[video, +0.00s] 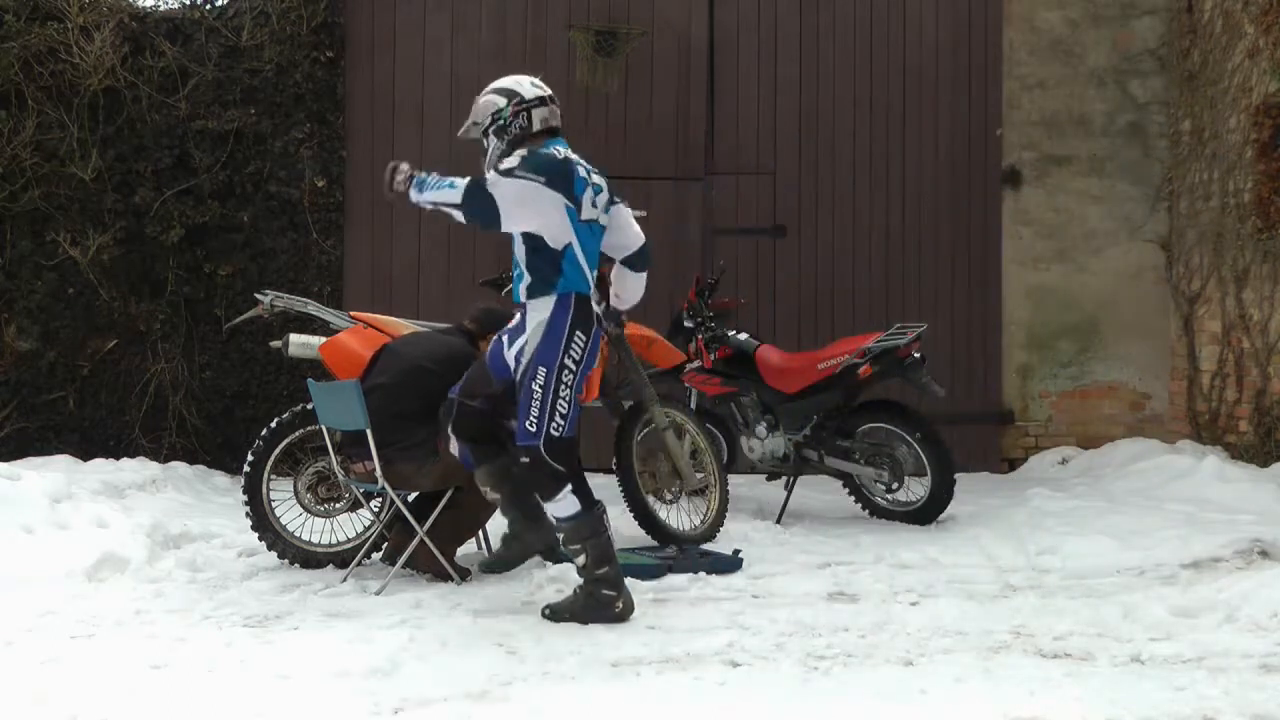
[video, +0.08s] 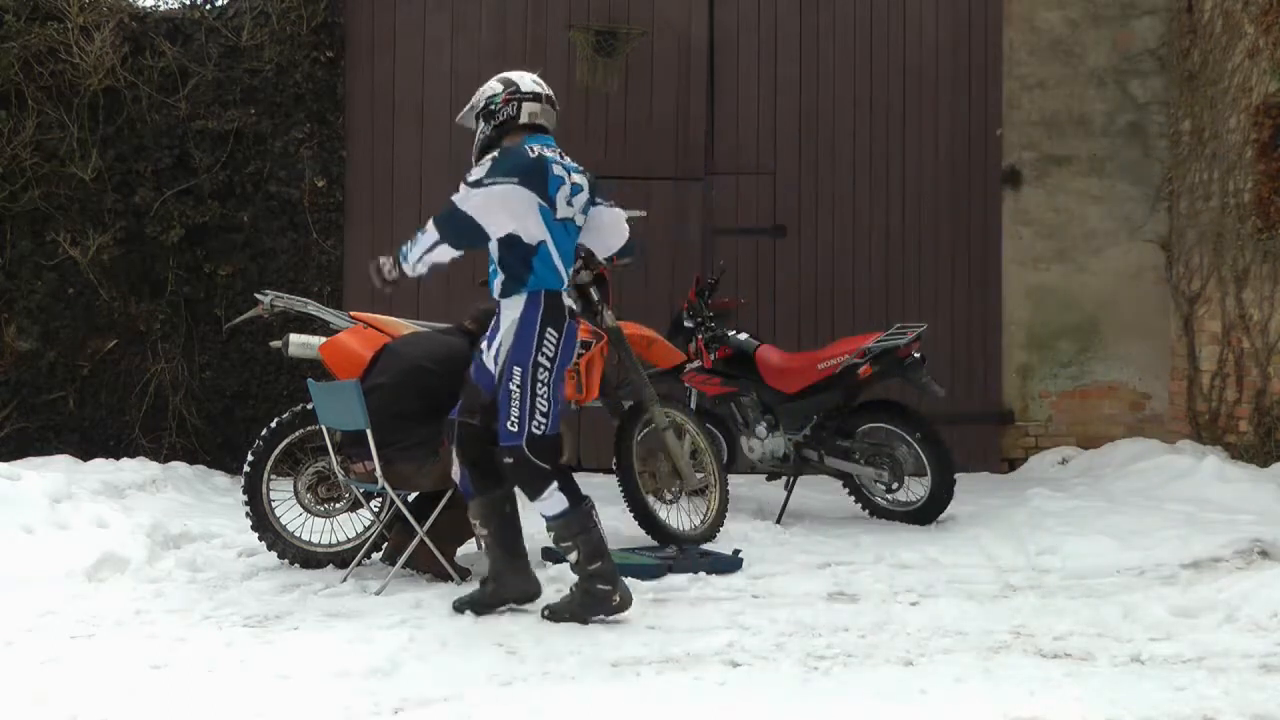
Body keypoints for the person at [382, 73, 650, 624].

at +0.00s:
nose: (486, 144)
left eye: (489, 132)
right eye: (484, 134)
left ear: (511, 125)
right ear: (542, 122)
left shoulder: (534, 166)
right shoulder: (578, 170)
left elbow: (480, 199)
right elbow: (632, 244)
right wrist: (619, 304)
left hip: (564, 317)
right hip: (543, 316)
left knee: (541, 450)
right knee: (467, 410)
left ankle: (604, 586)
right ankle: (527, 526)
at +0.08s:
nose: (477, 132)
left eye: (481, 121)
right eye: (478, 122)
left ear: (498, 116)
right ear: (540, 117)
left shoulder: (506, 165)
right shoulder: (566, 168)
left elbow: (451, 229)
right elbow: (612, 232)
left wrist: (400, 262)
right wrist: (593, 258)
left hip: (536, 316)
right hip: (524, 315)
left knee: (525, 451)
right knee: (472, 433)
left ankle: (600, 580)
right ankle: (508, 572)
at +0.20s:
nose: (461, 137)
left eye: (466, 126)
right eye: (463, 127)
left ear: (482, 122)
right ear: (523, 130)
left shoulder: (496, 173)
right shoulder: (544, 179)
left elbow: (485, 260)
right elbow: (573, 232)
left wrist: (455, 341)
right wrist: (567, 175)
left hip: (507, 326)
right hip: (530, 325)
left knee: (439, 447)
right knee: (478, 446)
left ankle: (548, 533)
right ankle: (509, 578)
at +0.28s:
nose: (443, 148)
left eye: (444, 136)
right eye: (445, 138)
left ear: (457, 126)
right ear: (501, 128)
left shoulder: (490, 174)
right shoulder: (519, 171)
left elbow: (502, 258)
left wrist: (477, 335)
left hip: (486, 331)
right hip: (513, 332)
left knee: (392, 424)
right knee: (477, 442)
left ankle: (490, 502)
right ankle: (511, 579)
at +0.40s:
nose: (414, 145)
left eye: (414, 132)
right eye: (411, 135)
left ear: (432, 120)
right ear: (469, 115)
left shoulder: (476, 162)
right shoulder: (469, 170)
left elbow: (506, 240)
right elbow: (486, 250)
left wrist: (463, 294)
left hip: (466, 320)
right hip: (483, 324)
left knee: (371, 410)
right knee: (474, 451)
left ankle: (427, 532)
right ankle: (512, 579)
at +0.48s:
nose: (403, 124)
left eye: (406, 112)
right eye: (402, 114)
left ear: (425, 106)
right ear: (457, 105)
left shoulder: (455, 159)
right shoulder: (470, 156)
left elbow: (468, 233)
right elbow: (469, 237)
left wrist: (412, 232)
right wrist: (412, 238)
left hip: (449, 309)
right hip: (473, 311)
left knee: (381, 420)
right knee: (464, 441)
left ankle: (409, 574)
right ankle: (509, 575)